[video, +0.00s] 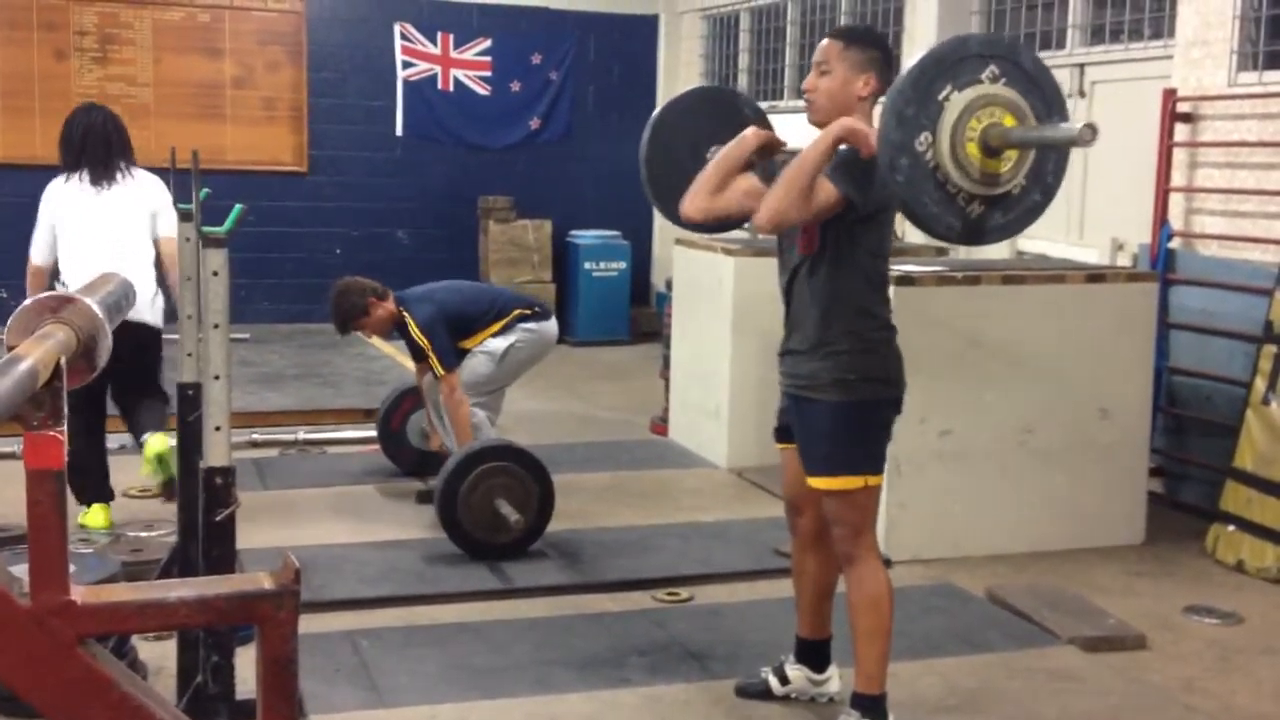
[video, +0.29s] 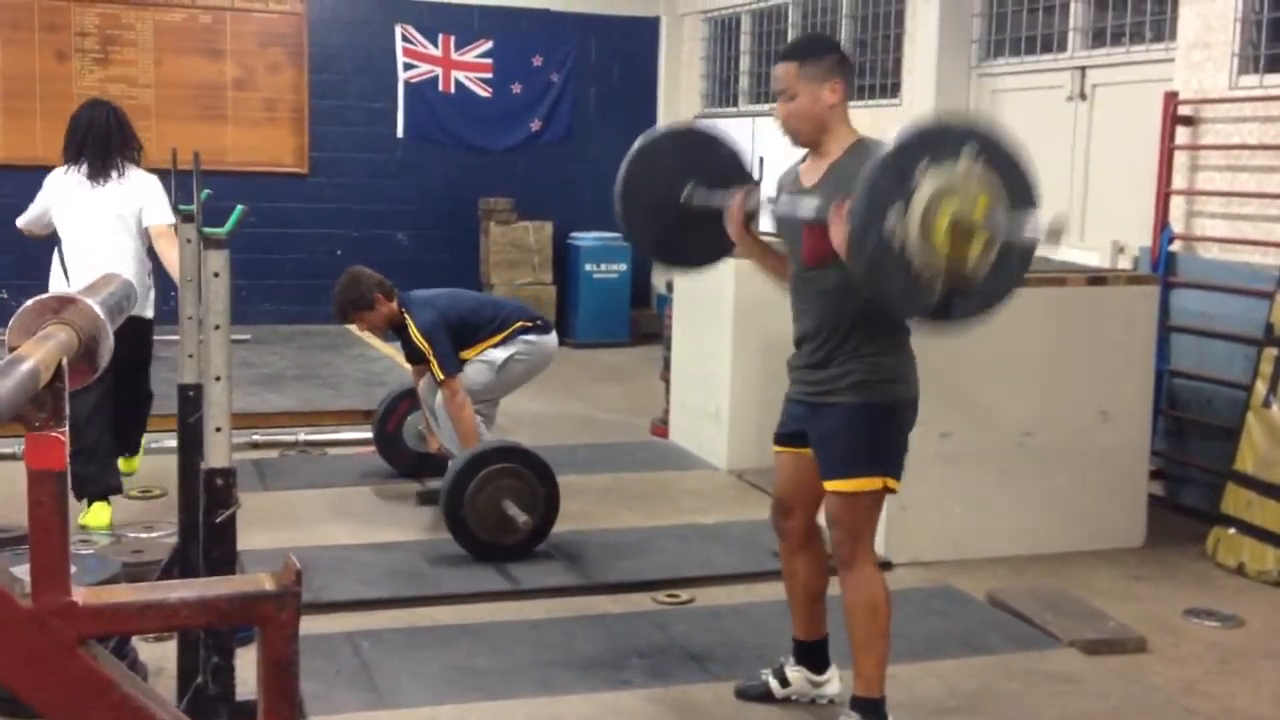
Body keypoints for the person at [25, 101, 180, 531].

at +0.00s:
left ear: (72, 143)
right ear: (121, 139)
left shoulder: (58, 190)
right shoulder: (151, 185)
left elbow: (38, 266)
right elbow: (171, 254)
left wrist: (37, 320)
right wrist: (189, 308)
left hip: (80, 321)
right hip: (141, 315)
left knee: (84, 412)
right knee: (138, 386)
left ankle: (96, 506)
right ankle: (155, 437)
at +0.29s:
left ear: (75, 135)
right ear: (125, 135)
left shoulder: (61, 179)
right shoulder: (143, 181)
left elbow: (29, 224)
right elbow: (165, 240)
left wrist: (67, 224)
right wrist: (194, 291)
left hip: (74, 309)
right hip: (132, 307)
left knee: (86, 399)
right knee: (132, 384)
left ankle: (96, 501)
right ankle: (127, 455)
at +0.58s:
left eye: (91, 126)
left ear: (92, 130)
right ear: (138, 133)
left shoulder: (72, 171)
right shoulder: (151, 178)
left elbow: (57, 238)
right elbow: (164, 248)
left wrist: (50, 283)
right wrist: (178, 298)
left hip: (79, 291)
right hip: (132, 292)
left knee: (83, 367)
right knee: (133, 373)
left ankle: (88, 423)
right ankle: (128, 463)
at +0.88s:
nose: (72, 126)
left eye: (75, 119)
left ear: (79, 123)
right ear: (122, 123)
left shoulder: (68, 162)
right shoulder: (140, 165)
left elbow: (43, 218)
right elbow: (158, 218)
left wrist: (24, 272)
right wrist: (130, 236)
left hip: (73, 273)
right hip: (125, 276)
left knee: (71, 330)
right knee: (130, 363)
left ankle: (83, 390)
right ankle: (128, 451)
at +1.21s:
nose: (36, 96)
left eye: (40, 90)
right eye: (38, 90)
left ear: (49, 93)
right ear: (84, 90)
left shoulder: (44, 132)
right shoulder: (107, 130)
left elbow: (33, 195)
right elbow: (125, 186)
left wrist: (22, 242)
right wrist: (118, 225)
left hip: (62, 245)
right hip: (110, 243)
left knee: (61, 322)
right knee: (112, 312)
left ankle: (78, 391)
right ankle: (119, 368)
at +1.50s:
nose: (20, 82)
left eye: (24, 77)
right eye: (22, 75)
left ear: (34, 81)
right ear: (67, 78)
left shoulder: (29, 122)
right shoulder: (92, 119)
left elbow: (10, 179)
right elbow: (111, 176)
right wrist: (124, 224)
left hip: (55, 235)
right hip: (97, 230)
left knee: (60, 316)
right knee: (91, 310)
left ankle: (70, 392)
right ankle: (88, 388)